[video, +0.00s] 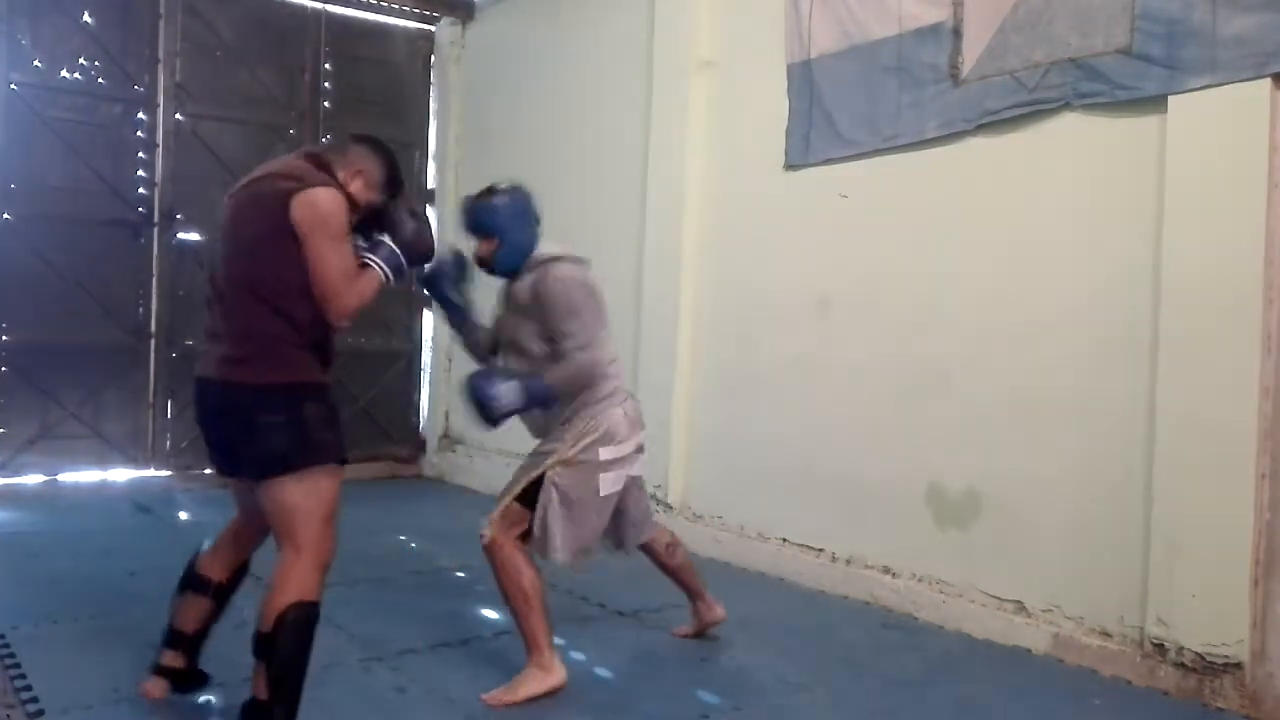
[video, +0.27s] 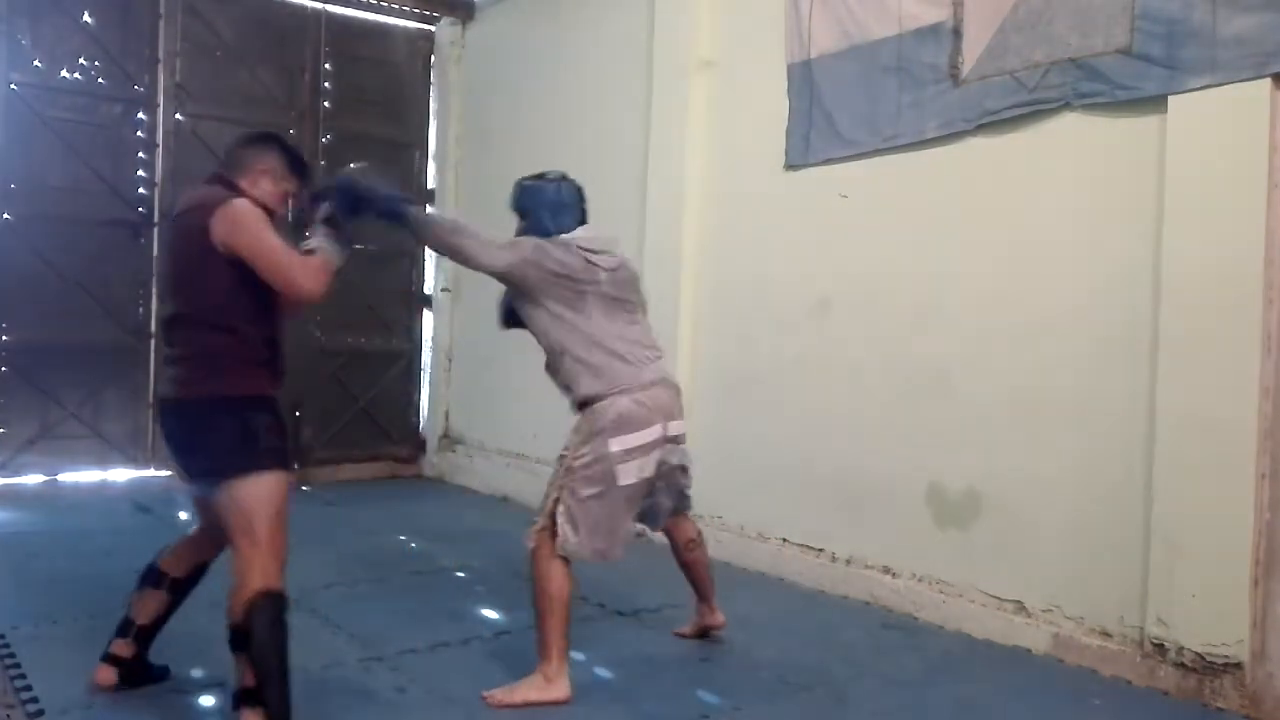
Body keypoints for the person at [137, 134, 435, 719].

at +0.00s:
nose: (361, 212)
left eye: (368, 206)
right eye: (369, 201)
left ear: (336, 160)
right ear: (356, 176)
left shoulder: (258, 186)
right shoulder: (318, 198)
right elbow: (343, 301)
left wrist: (372, 245)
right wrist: (392, 252)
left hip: (225, 388)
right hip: (284, 393)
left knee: (250, 522)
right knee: (306, 553)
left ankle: (173, 663)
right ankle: (271, 704)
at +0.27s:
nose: (284, 206)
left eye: (288, 197)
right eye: (284, 192)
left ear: (240, 171)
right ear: (261, 175)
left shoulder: (194, 210)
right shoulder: (234, 211)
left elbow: (274, 277)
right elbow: (306, 282)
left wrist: (313, 229)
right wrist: (333, 231)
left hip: (191, 405)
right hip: (238, 407)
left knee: (212, 531)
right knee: (260, 555)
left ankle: (123, 658)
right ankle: (259, 704)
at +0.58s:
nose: (246, 142)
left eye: (246, 132)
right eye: (241, 130)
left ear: (193, 128)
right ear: (216, 126)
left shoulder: (164, 171)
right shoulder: (211, 165)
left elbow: (164, 252)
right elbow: (193, 227)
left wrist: (241, 259)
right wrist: (248, 281)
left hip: (156, 341)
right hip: (194, 345)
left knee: (175, 479)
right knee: (192, 482)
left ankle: (120, 604)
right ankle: (115, 627)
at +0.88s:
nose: (236, 187)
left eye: (237, 177)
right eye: (228, 177)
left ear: (198, 176)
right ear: (199, 173)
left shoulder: (173, 217)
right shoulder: (188, 223)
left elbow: (176, 295)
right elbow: (148, 290)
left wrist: (229, 323)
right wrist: (217, 323)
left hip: (147, 374)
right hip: (179, 378)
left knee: (148, 480)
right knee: (189, 492)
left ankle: (103, 590)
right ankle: (118, 610)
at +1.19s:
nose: (252, 194)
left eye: (252, 184)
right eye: (245, 184)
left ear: (217, 182)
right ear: (214, 178)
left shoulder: (194, 217)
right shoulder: (205, 220)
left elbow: (203, 297)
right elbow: (212, 291)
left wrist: (252, 313)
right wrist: (279, 302)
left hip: (207, 366)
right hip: (192, 369)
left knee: (224, 455)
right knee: (172, 477)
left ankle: (235, 556)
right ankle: (107, 599)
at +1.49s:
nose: (281, 217)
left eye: (283, 210)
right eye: (275, 208)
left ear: (256, 211)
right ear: (248, 205)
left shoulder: (245, 242)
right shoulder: (248, 238)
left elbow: (247, 311)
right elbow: (304, 257)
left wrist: (288, 326)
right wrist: (355, 243)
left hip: (255, 366)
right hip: (243, 367)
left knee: (285, 453)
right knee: (269, 466)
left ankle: (268, 554)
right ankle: (178, 545)